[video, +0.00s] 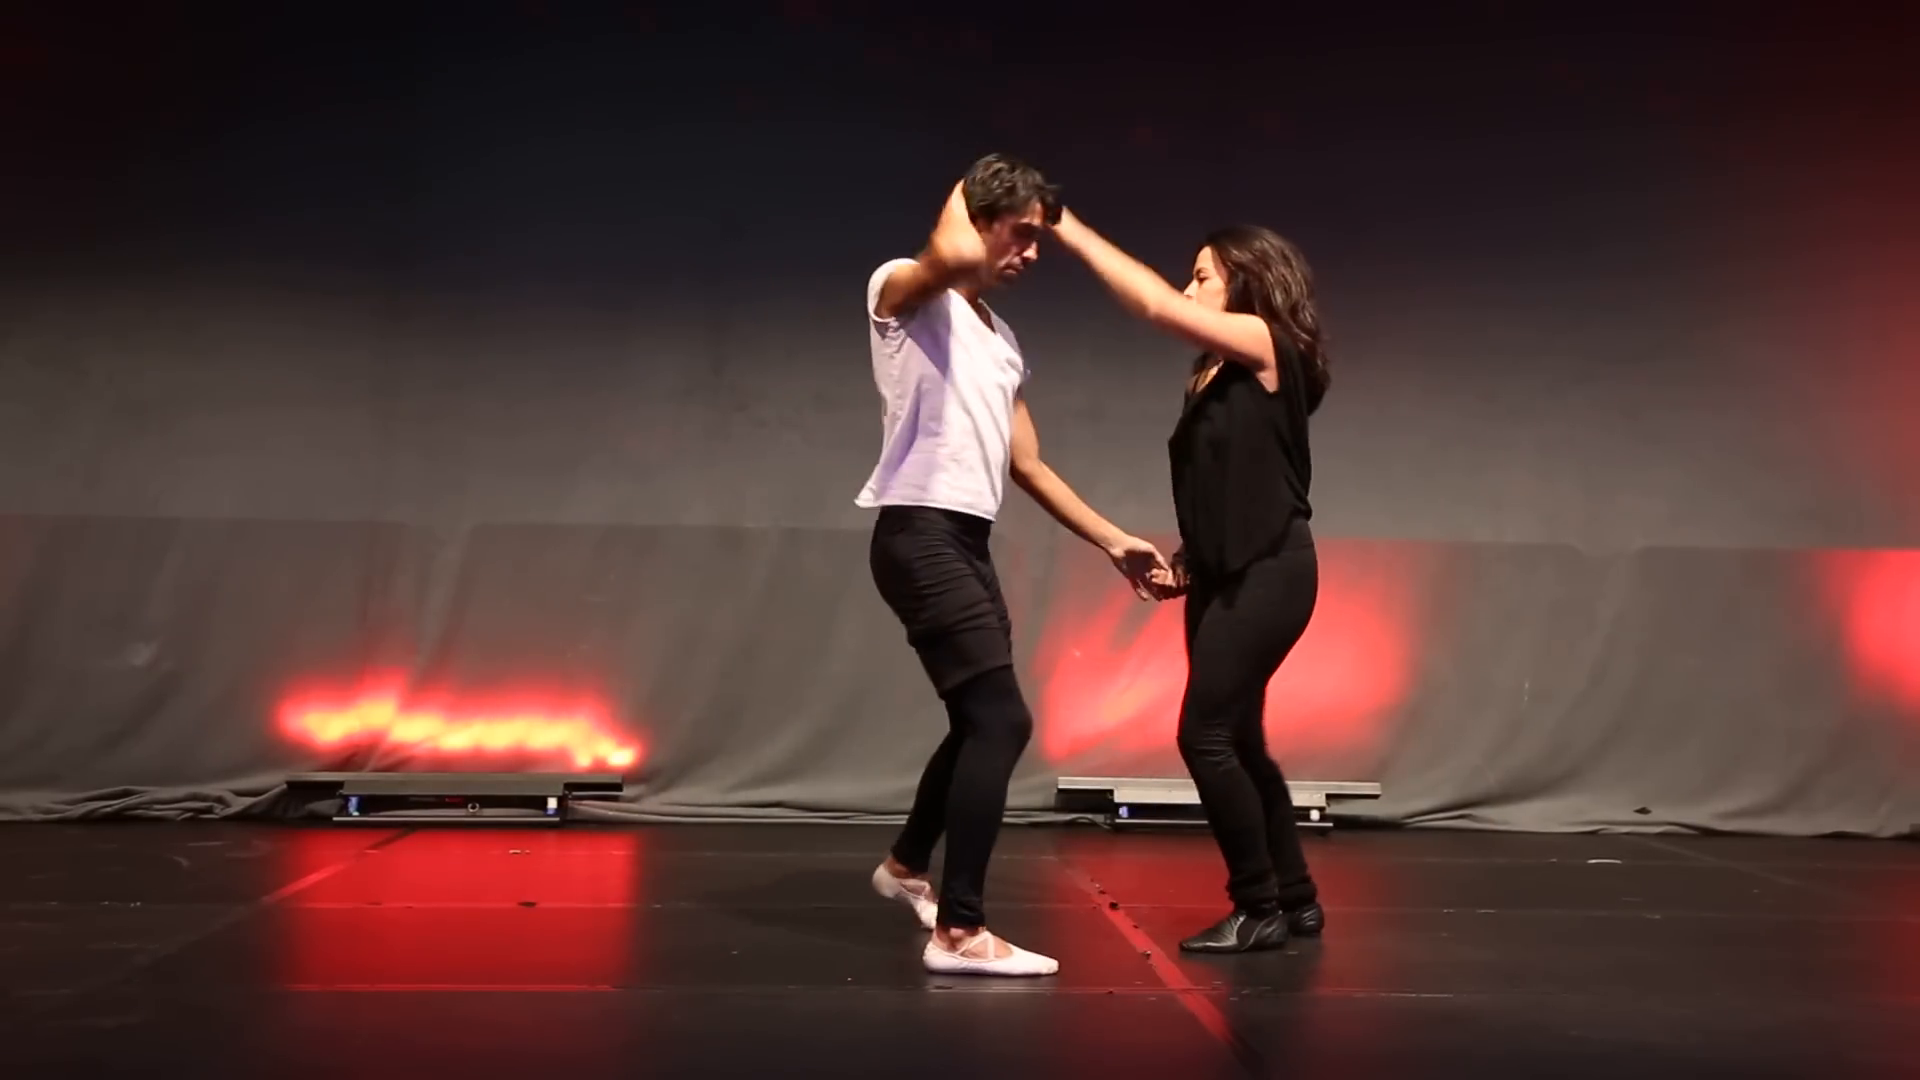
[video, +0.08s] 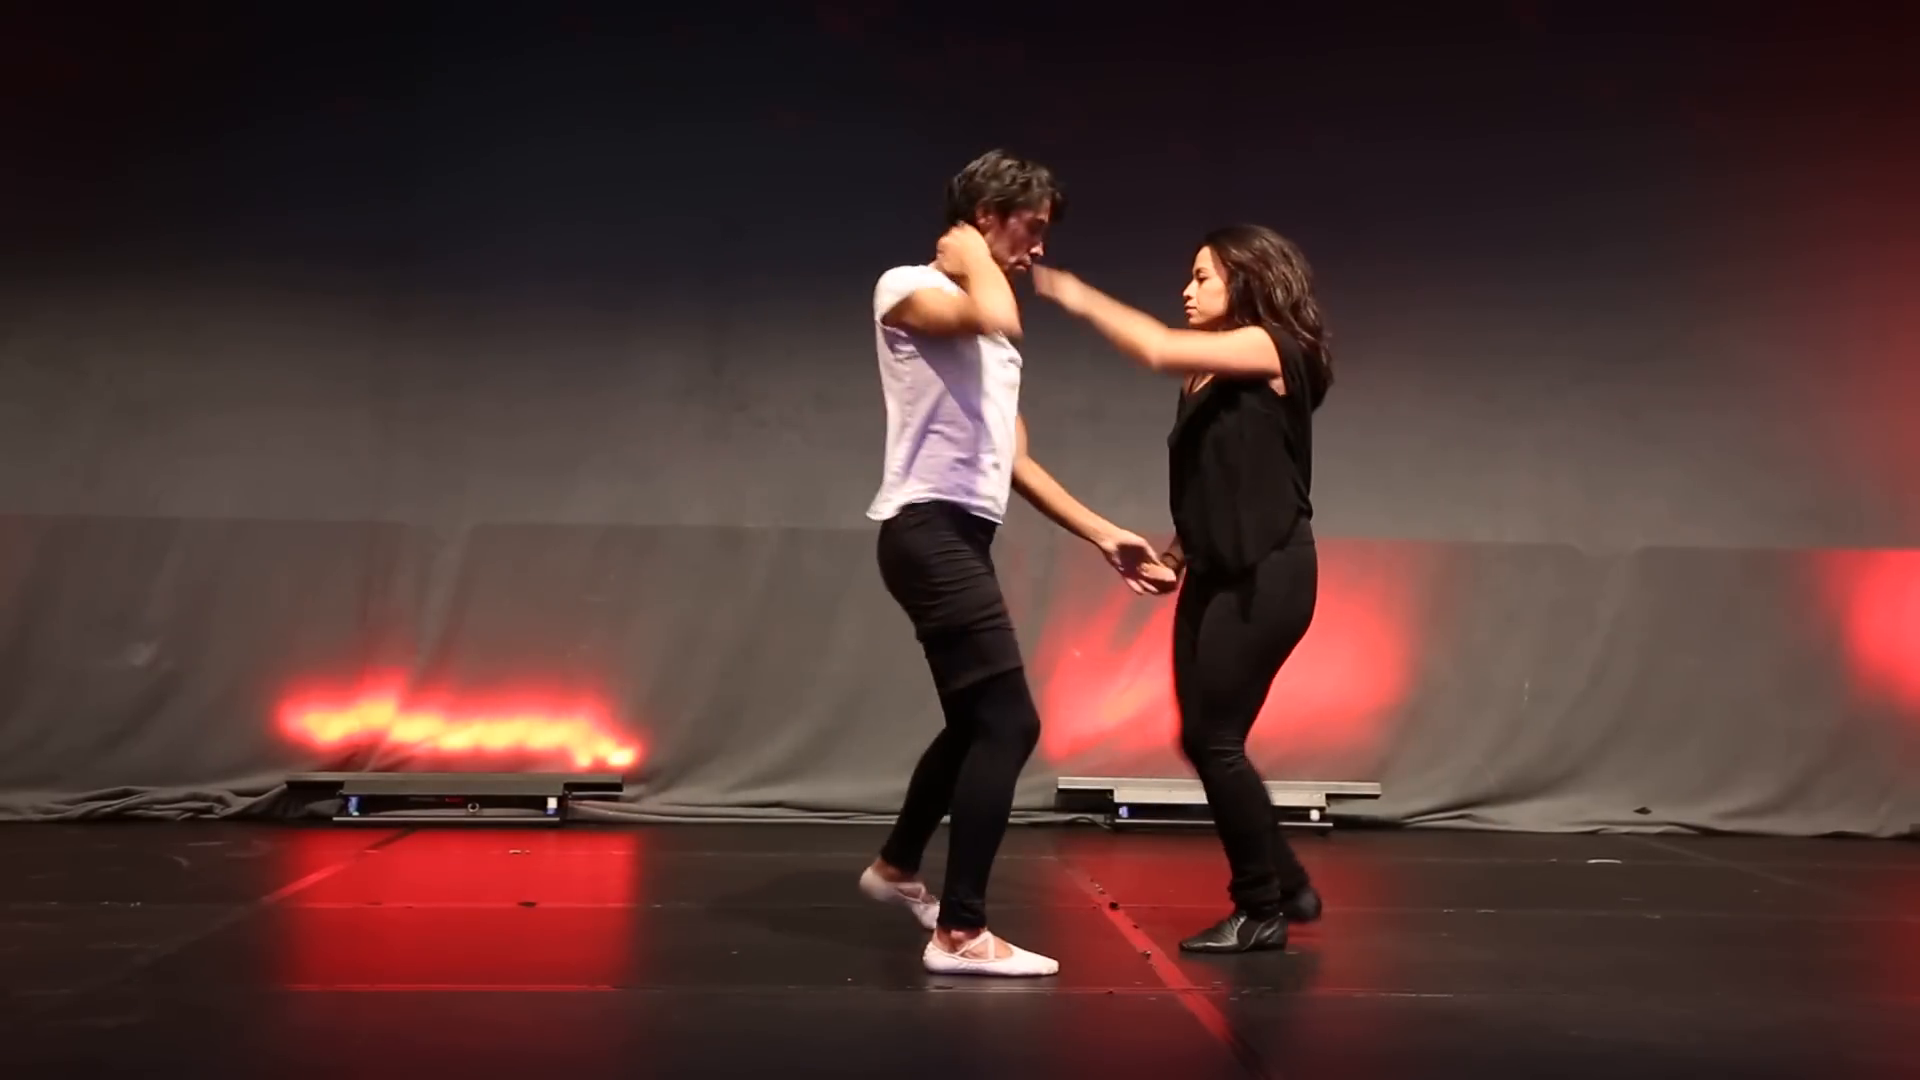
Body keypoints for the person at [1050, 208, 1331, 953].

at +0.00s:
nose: (1189, 290)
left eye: (1202, 278)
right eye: (1191, 277)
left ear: (1248, 283)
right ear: (1231, 288)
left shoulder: (1269, 341)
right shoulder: (1213, 368)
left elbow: (1159, 305)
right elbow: (1230, 493)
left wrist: (1072, 230)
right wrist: (1183, 558)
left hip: (1269, 575)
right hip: (1220, 577)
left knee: (1206, 734)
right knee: (1241, 744)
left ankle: (1260, 910)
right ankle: (1292, 901)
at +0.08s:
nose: (1189, 289)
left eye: (1203, 277)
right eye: (1192, 277)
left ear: (1249, 285)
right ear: (1233, 287)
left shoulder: (1281, 348)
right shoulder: (1210, 365)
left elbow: (1163, 348)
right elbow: (1226, 484)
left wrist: (1079, 296)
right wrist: (1179, 551)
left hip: (1268, 572)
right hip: (1215, 573)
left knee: (1216, 739)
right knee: (1203, 738)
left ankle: (1260, 913)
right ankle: (1285, 884)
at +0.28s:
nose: (1179, 294)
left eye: (1195, 281)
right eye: (1182, 280)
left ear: (1240, 290)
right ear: (1211, 292)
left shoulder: (1264, 366)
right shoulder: (1198, 380)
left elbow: (1196, 442)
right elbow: (1179, 495)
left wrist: (1082, 414)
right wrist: (1097, 523)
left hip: (1267, 584)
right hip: (1212, 585)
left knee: (1232, 742)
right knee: (1122, 717)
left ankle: (1261, 917)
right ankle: (1213, 863)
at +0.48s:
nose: (1155, 281)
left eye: (1170, 269)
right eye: (1159, 269)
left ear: (1214, 279)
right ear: (1190, 282)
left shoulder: (1225, 354)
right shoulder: (1177, 369)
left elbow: (1170, 442)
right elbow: (1104, 436)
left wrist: (1076, 438)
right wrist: (1053, 444)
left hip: (1244, 570)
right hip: (1201, 575)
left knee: (1231, 737)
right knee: (1128, 715)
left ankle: (1260, 913)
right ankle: (1211, 867)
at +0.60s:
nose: (1136, 276)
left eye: (1150, 264)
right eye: (1140, 264)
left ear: (1192, 274)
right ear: (1181, 276)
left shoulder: (1193, 346)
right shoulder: (1177, 351)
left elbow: (1157, 443)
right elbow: (1088, 410)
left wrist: (1075, 463)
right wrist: (1049, 449)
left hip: (1215, 558)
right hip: (1204, 558)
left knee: (1160, 724)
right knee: (1159, 724)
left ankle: (1236, 881)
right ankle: (1231, 880)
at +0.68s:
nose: (1120, 279)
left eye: (1135, 267)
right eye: (1125, 267)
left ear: (1176, 276)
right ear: (1174, 279)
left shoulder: (1163, 349)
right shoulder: (1187, 350)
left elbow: (1148, 448)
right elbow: (1110, 424)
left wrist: (1061, 474)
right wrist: (1068, 432)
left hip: (1191, 562)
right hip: (1224, 559)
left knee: (1097, 714)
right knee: (1185, 724)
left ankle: (1172, 870)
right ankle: (1247, 888)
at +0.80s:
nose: (1093, 291)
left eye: (1107, 279)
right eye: (1097, 278)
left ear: (1147, 287)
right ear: (1155, 290)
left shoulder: (1127, 356)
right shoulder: (1167, 360)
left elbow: (1131, 452)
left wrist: (1043, 491)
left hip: (1156, 574)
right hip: (1208, 572)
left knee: (1037, 705)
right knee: (1210, 737)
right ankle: (1251, 907)